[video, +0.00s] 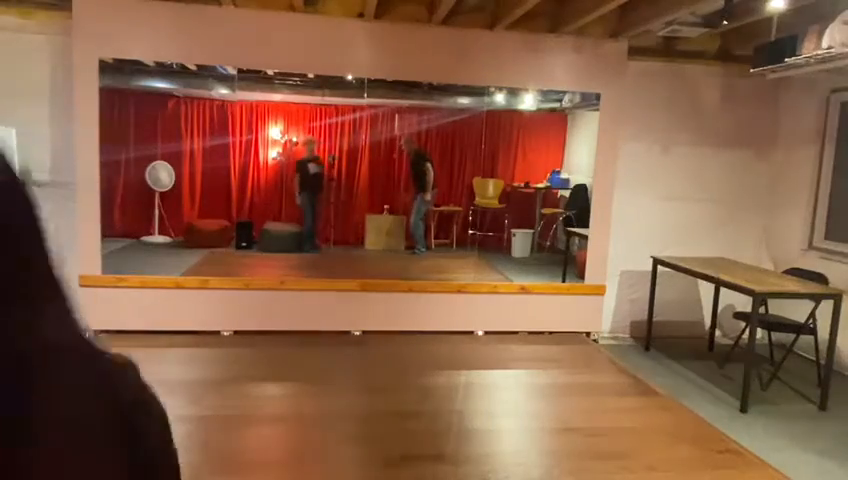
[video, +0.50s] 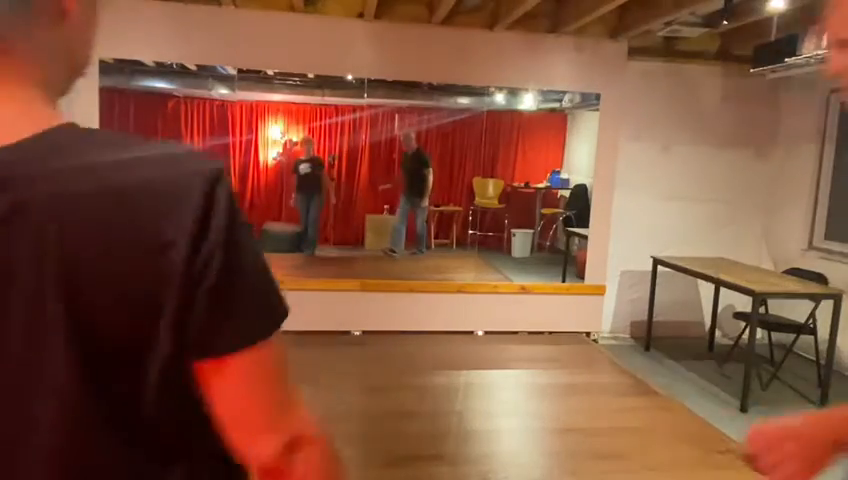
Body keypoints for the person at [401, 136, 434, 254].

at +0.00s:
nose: (404, 148)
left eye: (405, 145)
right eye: (403, 145)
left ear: (412, 144)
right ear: (408, 146)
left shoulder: (420, 156)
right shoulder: (414, 158)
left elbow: (429, 172)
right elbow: (419, 175)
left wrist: (428, 191)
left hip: (424, 193)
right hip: (420, 192)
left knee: (416, 219)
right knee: (417, 219)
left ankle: (420, 246)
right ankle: (420, 245)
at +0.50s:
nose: (405, 144)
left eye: (408, 141)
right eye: (404, 142)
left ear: (414, 141)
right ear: (402, 143)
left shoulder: (422, 156)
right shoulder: (405, 157)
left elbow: (429, 177)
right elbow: (401, 177)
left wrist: (426, 197)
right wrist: (388, 186)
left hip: (420, 195)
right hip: (407, 193)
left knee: (420, 223)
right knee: (400, 221)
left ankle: (421, 247)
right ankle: (395, 247)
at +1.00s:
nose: (397, 137)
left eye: (400, 133)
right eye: (395, 133)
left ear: (405, 133)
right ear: (392, 134)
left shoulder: (412, 149)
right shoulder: (390, 150)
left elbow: (420, 171)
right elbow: (386, 170)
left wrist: (412, 191)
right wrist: (380, 183)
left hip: (405, 190)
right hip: (392, 189)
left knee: (398, 219)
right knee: (392, 220)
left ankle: (400, 249)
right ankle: (394, 250)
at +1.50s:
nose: (386, 134)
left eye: (389, 130)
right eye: (384, 129)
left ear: (394, 131)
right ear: (380, 130)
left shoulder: (399, 148)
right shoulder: (376, 148)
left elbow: (408, 172)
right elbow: (370, 170)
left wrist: (407, 194)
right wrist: (354, 178)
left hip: (393, 192)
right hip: (377, 191)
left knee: (386, 223)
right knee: (372, 220)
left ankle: (384, 246)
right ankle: (379, 244)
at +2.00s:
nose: (371, 134)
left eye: (374, 130)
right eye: (369, 130)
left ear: (380, 131)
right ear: (365, 132)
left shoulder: (387, 148)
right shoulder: (363, 151)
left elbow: (391, 175)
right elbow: (356, 174)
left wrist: (375, 190)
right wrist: (337, 183)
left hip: (382, 195)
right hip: (365, 194)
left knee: (380, 230)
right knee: (360, 230)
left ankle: (379, 260)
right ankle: (354, 262)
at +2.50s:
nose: (349, 132)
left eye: (351, 128)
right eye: (350, 128)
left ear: (355, 128)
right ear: (360, 127)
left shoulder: (366, 147)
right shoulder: (355, 148)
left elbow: (363, 173)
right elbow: (353, 174)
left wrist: (341, 186)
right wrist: (338, 186)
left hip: (362, 196)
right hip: (352, 196)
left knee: (356, 232)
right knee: (354, 232)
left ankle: (355, 269)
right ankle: (354, 268)